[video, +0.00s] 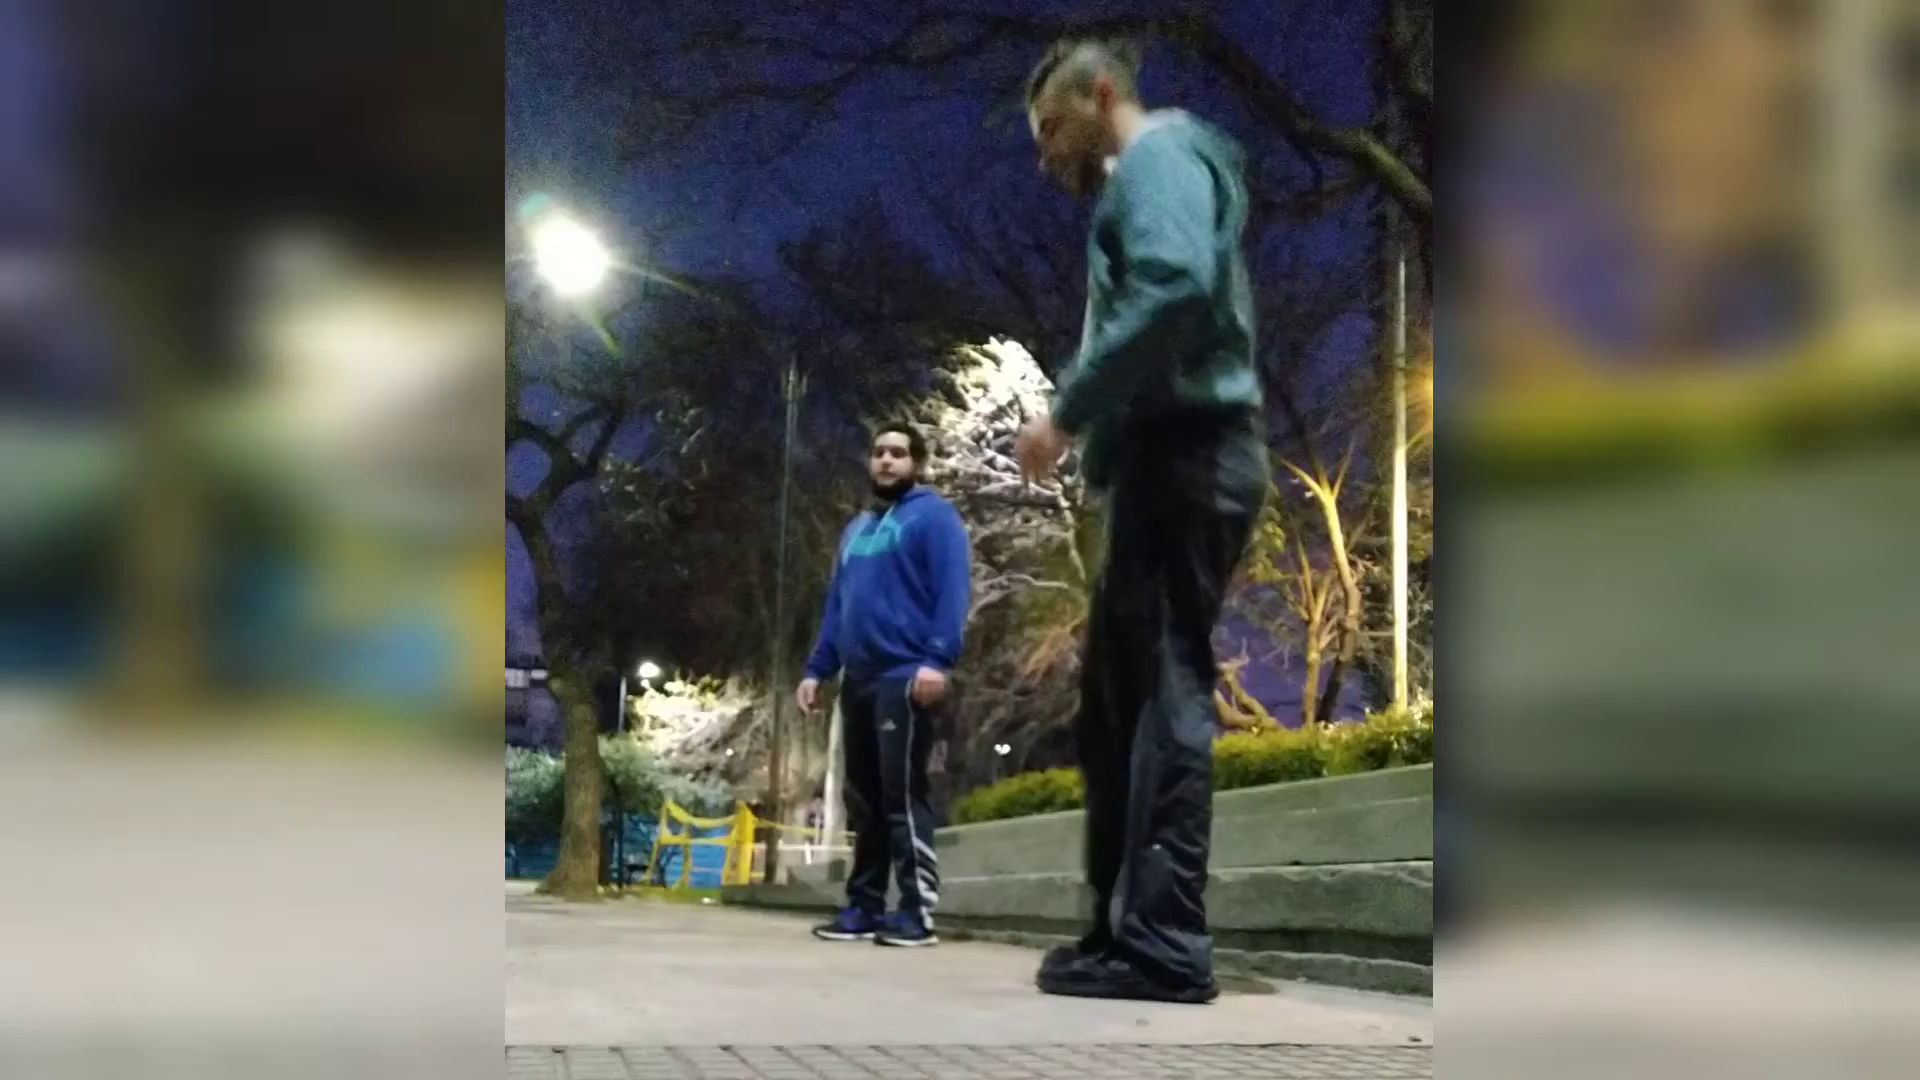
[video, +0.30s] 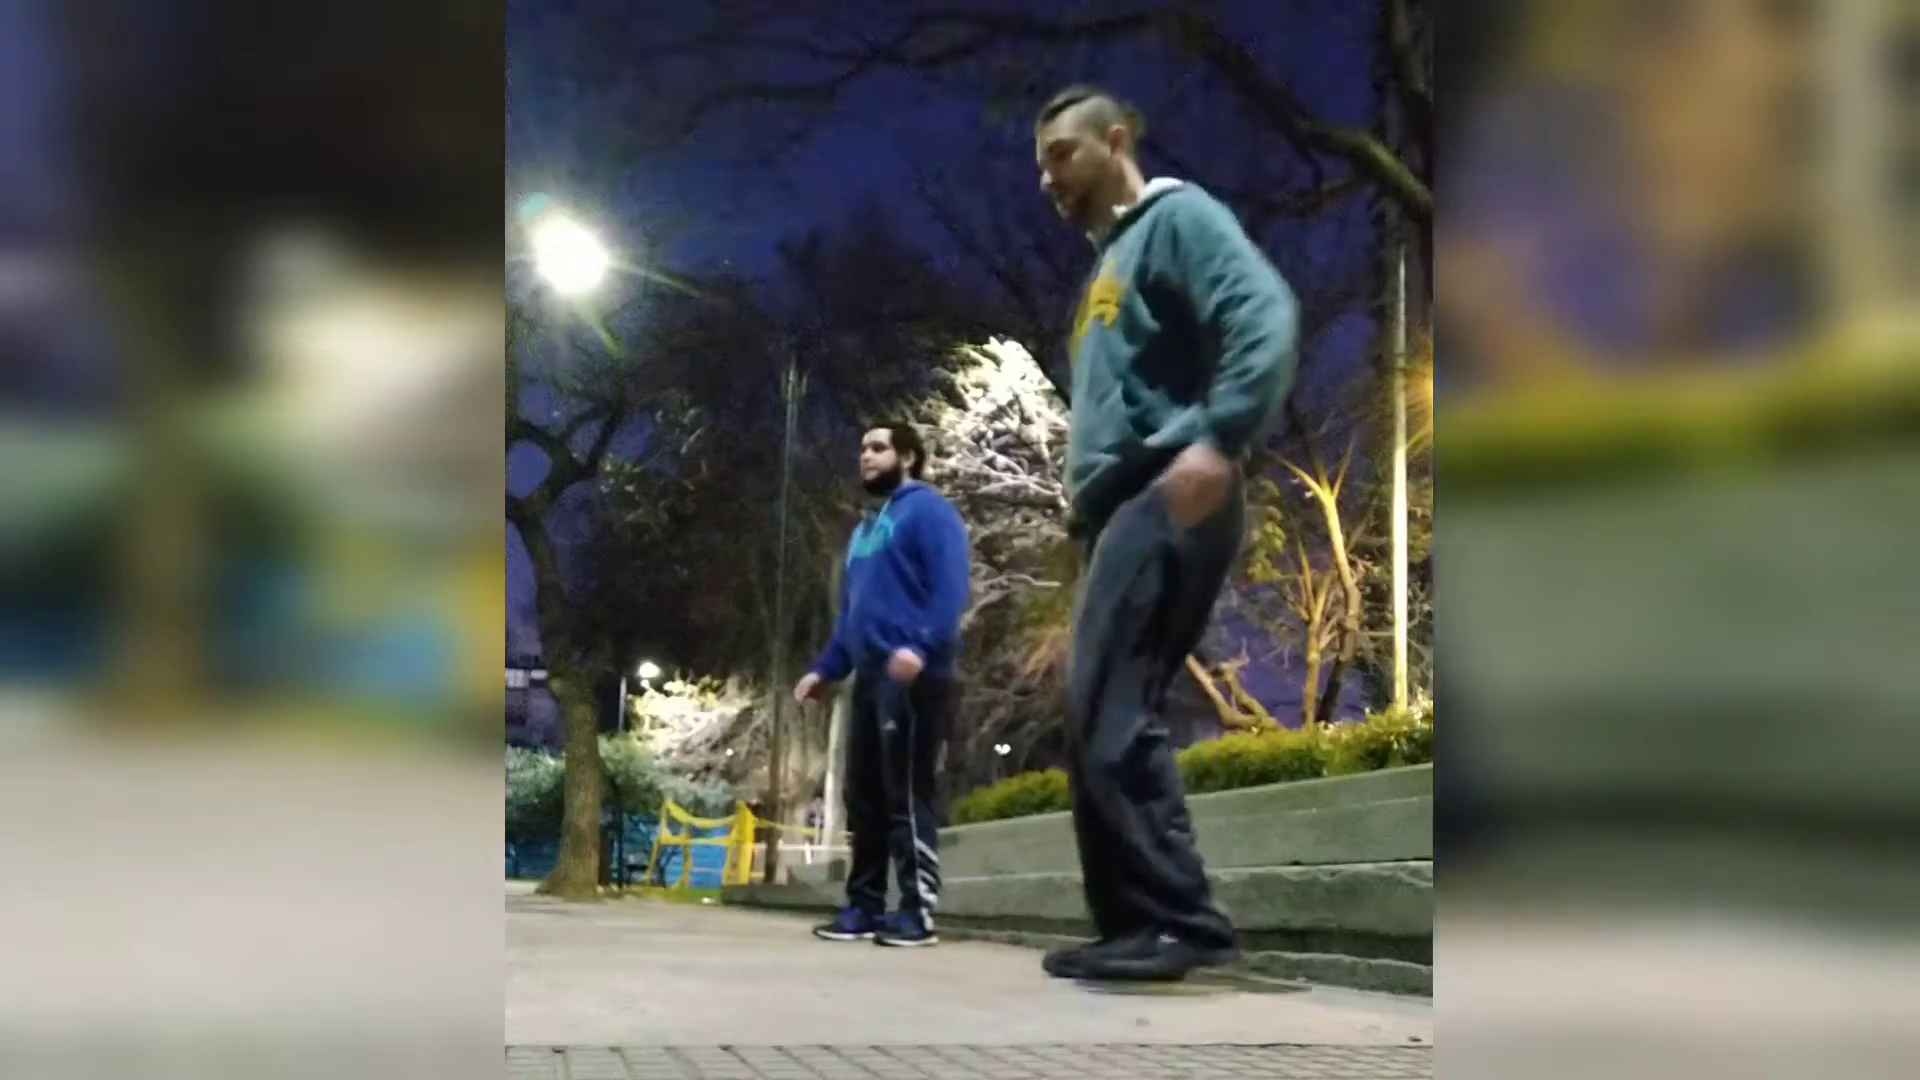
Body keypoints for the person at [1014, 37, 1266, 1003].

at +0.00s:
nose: (1046, 156)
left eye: (1050, 131)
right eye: (1039, 138)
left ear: (1100, 99)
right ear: (1104, 106)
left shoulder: (1161, 156)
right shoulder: (1147, 173)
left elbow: (1173, 285)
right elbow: (1171, 323)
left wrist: (1066, 411)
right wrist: (1098, 442)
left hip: (1190, 456)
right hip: (1166, 459)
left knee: (1160, 692)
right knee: (1113, 698)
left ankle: (1164, 944)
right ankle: (1121, 935)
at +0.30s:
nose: (1049, 176)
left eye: (1062, 153)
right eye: (1042, 163)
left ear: (1117, 142)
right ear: (1059, 169)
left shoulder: (1179, 212)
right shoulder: (1108, 262)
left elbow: (1264, 311)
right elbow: (1120, 386)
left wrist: (1218, 443)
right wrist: (1093, 480)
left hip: (1172, 489)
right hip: (1122, 504)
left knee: (1110, 706)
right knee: (1100, 713)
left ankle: (1182, 921)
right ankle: (1133, 925)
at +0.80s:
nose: (1100, 130)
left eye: (1121, 115)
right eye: (1101, 119)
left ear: (1174, 134)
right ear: (1120, 149)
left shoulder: (1215, 215)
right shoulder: (1123, 255)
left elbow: (1267, 321)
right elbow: (1115, 389)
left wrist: (1213, 390)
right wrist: (1087, 482)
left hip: (1202, 488)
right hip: (1127, 506)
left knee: (1174, 690)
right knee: (1111, 706)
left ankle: (1205, 933)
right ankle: (1150, 930)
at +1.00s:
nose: (1128, 116)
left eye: (1149, 104)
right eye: (1131, 108)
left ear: (1200, 130)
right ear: (1147, 142)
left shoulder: (1227, 193)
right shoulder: (1132, 248)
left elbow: (1283, 82)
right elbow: (1077, 302)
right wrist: (1036, 220)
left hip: (1205, 451)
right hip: (1132, 481)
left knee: (1216, 661)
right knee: (1104, 706)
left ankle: (1307, 905)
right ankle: (1114, 918)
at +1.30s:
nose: (1156, 127)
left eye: (1176, 118)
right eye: (1158, 121)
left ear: (1224, 141)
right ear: (1165, 156)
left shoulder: (1245, 207)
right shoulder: (1145, 258)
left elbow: (1304, 76)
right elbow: (1111, 298)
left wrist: (1287, 4)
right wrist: (1061, 212)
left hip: (1222, 463)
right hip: (1148, 488)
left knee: (1237, 675)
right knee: (1121, 712)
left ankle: (1331, 920)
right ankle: (1114, 932)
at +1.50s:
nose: (1146, 138)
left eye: (1166, 124)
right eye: (1147, 126)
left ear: (1216, 142)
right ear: (1167, 153)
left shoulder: (1254, 212)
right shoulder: (1172, 251)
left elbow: (1339, 297)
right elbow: (1172, 372)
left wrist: (1285, 383)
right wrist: (1125, 451)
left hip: (1222, 486)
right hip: (1161, 498)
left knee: (1205, 703)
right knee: (1125, 711)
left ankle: (1250, 928)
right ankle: (1178, 927)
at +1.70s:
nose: (1162, 139)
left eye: (1184, 127)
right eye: (1160, 132)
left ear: (1231, 154)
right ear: (1162, 169)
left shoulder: (1264, 236)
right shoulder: (1165, 287)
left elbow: (1309, 339)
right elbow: (1158, 425)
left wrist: (1255, 445)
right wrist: (1098, 494)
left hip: (1239, 508)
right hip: (1163, 526)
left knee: (1210, 716)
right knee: (1147, 729)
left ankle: (1254, 943)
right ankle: (1190, 941)